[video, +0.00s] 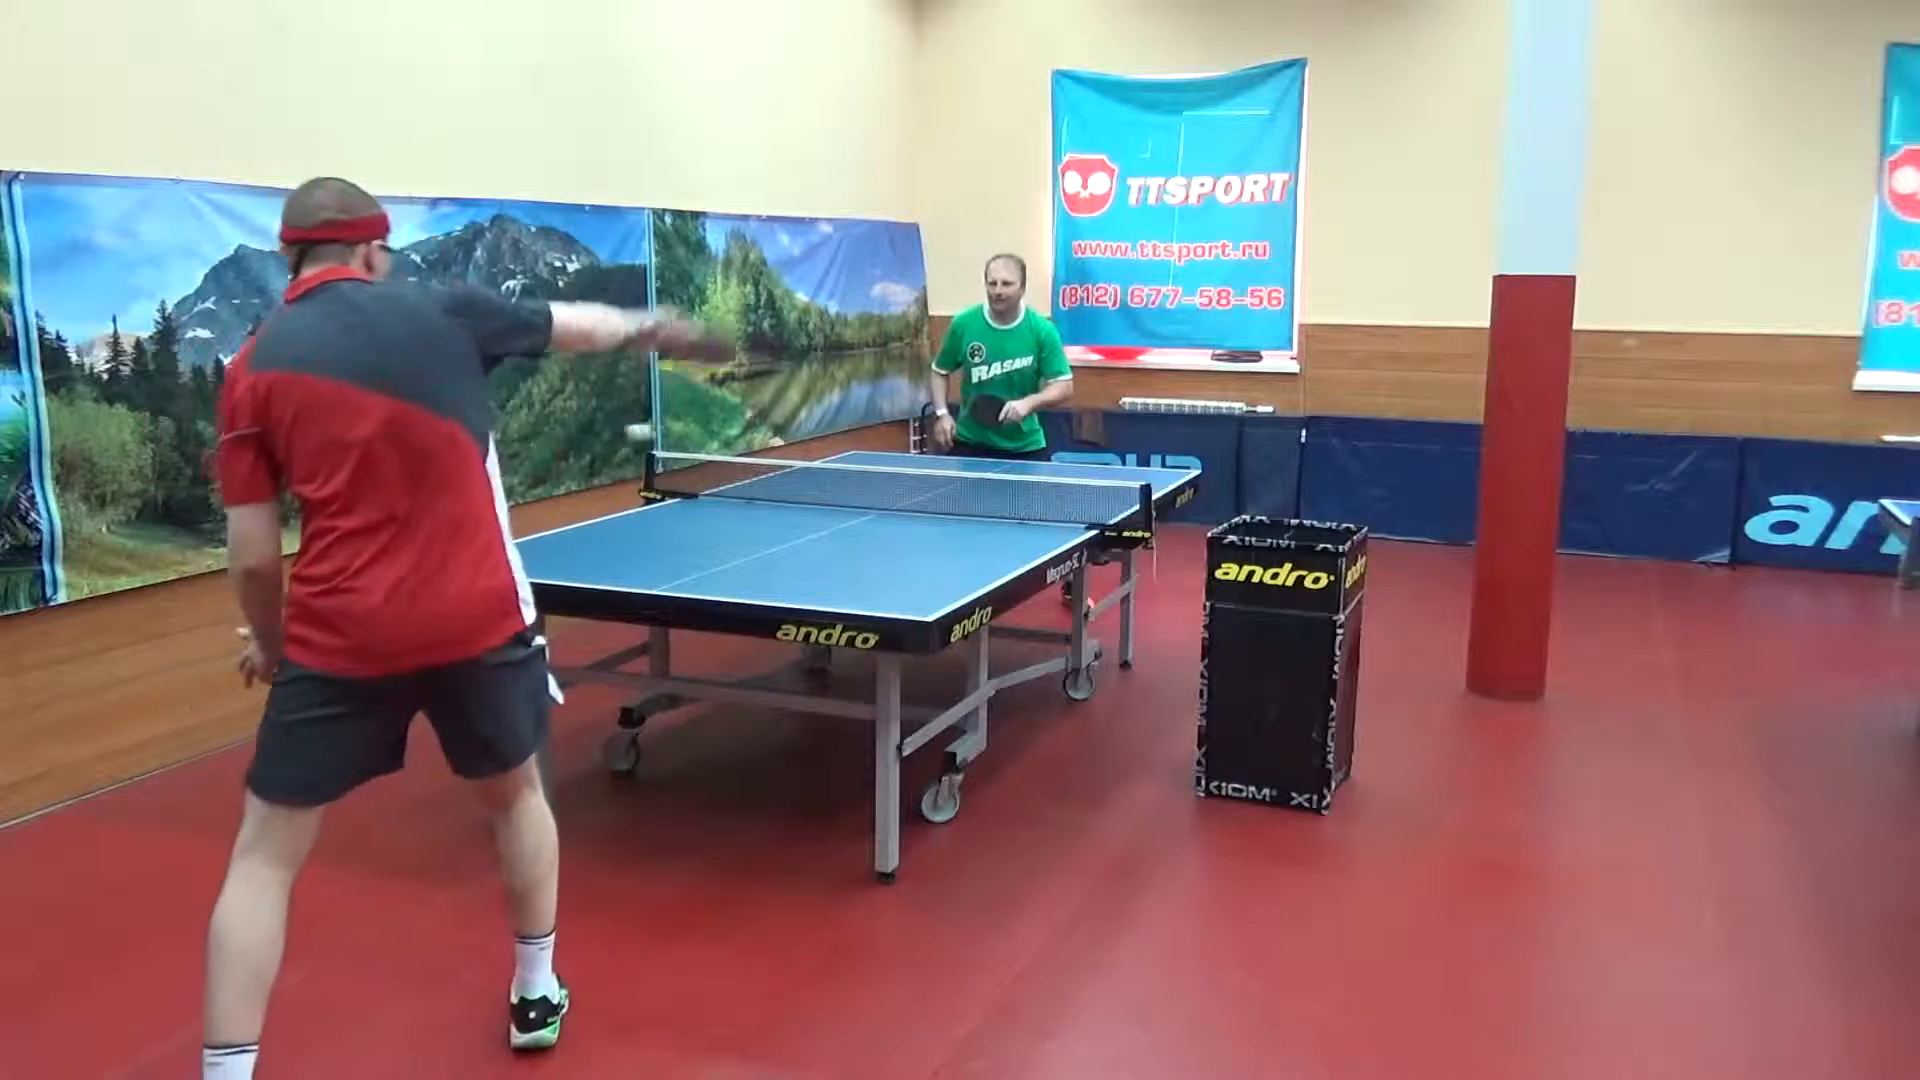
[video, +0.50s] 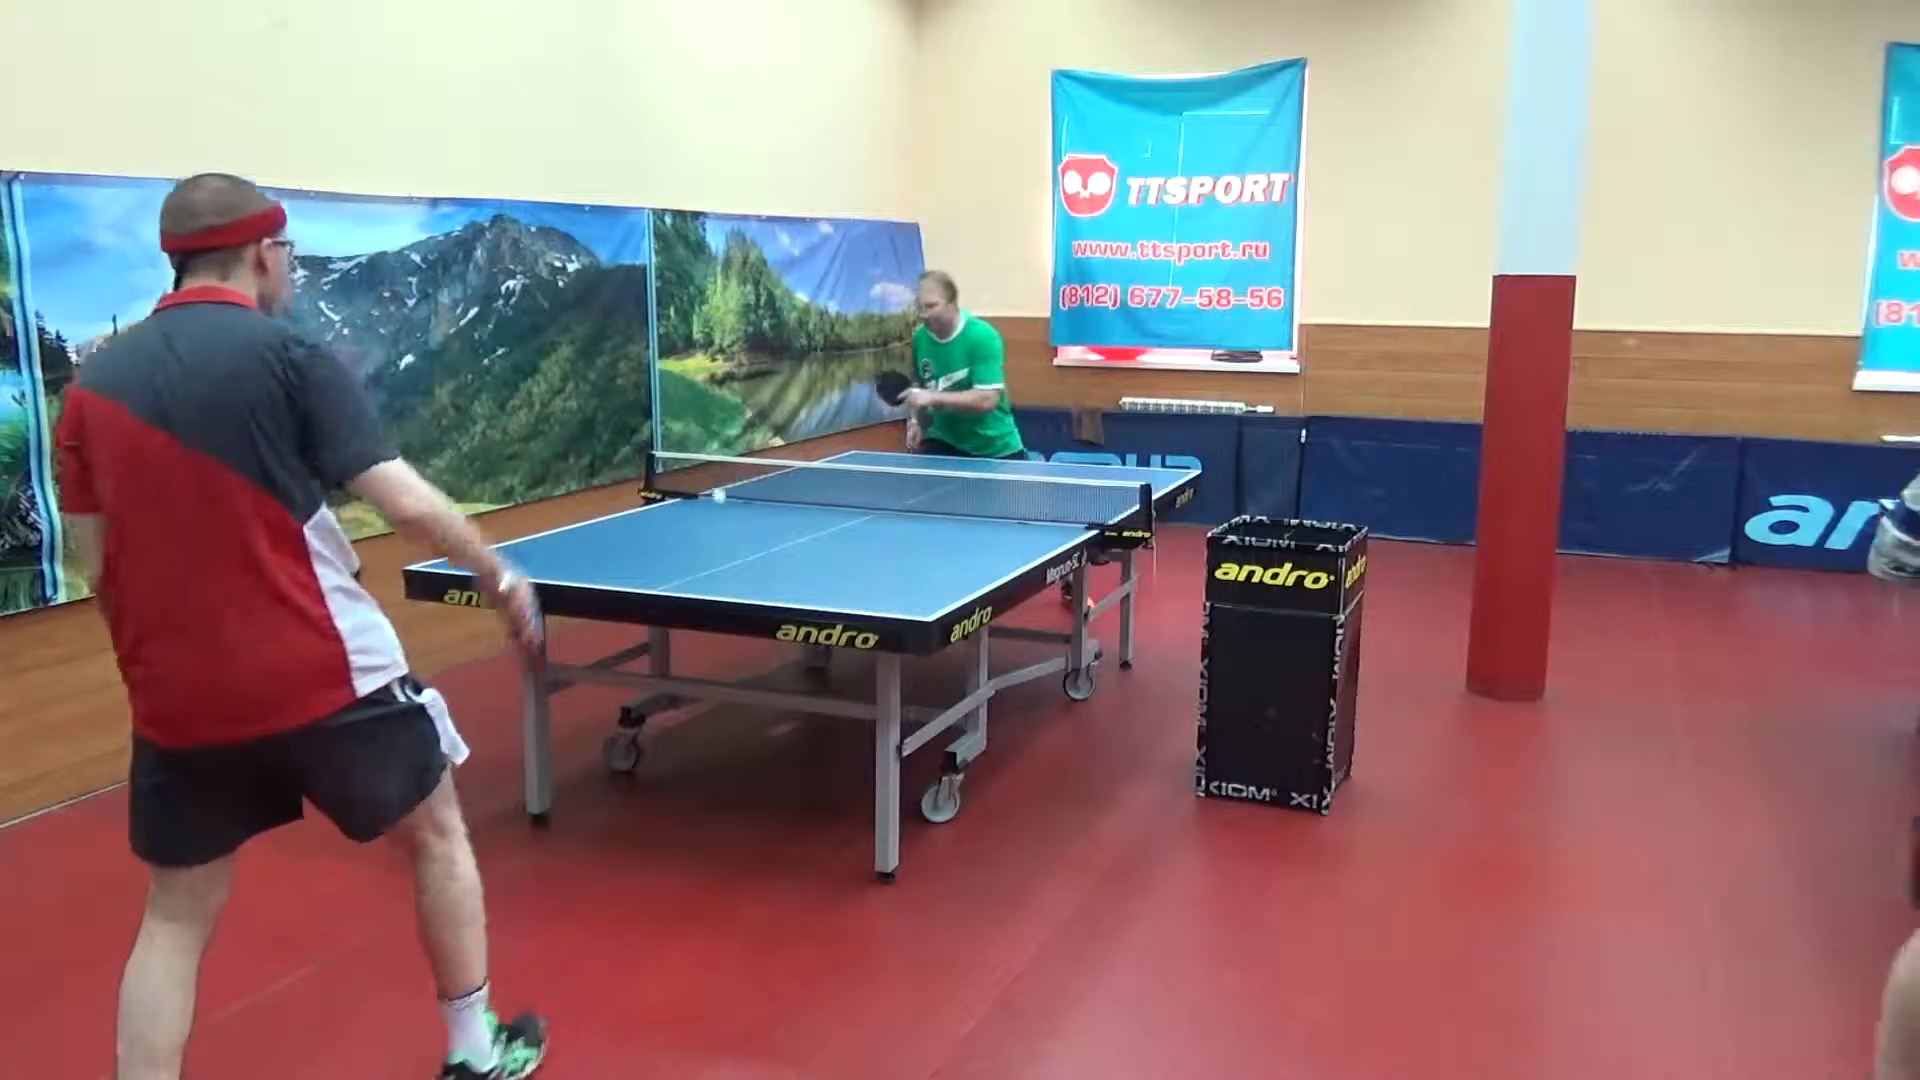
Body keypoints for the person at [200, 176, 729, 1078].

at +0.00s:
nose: (386, 260)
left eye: (380, 250)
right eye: (384, 249)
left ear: (291, 258)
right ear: (375, 250)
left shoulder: (254, 367)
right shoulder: (444, 309)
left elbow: (255, 554)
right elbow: (597, 328)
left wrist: (270, 648)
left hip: (339, 631)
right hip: (477, 616)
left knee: (265, 855)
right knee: (515, 796)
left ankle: (227, 1070)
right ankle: (538, 995)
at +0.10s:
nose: (361, 270)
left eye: (354, 259)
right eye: (358, 259)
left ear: (262, 270)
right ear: (344, 262)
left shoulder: (225, 383)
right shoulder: (421, 316)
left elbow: (242, 575)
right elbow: (575, 303)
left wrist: (286, 658)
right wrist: (661, 273)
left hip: (316, 653)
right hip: (455, 630)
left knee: (239, 871)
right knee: (508, 799)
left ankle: (193, 1070)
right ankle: (536, 995)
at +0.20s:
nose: (336, 283)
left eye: (329, 270)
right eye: (332, 271)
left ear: (234, 282)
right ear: (315, 276)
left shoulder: (179, 401)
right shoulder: (375, 339)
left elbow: (207, 588)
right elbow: (543, 337)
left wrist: (271, 662)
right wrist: (644, 303)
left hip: (270, 680)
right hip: (411, 660)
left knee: (208, 907)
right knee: (491, 811)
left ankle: (157, 1074)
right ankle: (533, 997)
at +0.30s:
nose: (311, 298)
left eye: (308, 283)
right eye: (305, 284)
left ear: (202, 289)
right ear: (280, 286)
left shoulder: (129, 410)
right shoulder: (327, 361)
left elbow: (158, 601)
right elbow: (503, 401)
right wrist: (597, 385)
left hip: (218, 711)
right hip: (365, 688)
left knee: (187, 920)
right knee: (467, 823)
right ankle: (532, 996)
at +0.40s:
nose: (290, 285)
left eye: (285, 269)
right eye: (284, 270)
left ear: (182, 281)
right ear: (259, 276)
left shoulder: (99, 399)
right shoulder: (298, 365)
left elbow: (111, 590)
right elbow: (445, 460)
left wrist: (185, 657)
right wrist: (543, 483)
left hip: (187, 710)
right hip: (332, 686)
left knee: (179, 922)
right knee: (450, 838)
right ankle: (518, 1008)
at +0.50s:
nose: (289, 269)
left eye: (284, 252)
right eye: (283, 252)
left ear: (180, 262)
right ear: (260, 255)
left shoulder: (95, 382)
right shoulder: (290, 357)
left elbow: (97, 561)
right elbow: (405, 505)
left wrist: (156, 663)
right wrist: (497, 572)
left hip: (180, 700)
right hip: (324, 677)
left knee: (174, 914)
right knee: (434, 832)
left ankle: (144, 1078)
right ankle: (476, 1048)